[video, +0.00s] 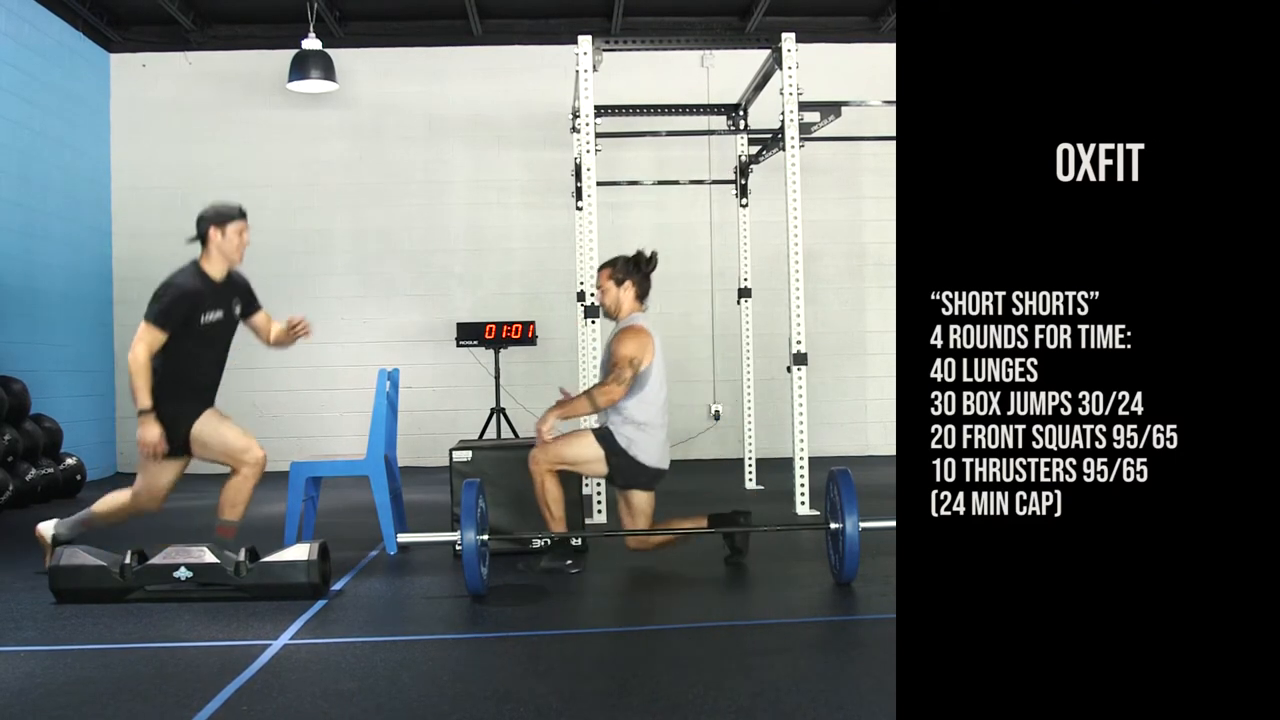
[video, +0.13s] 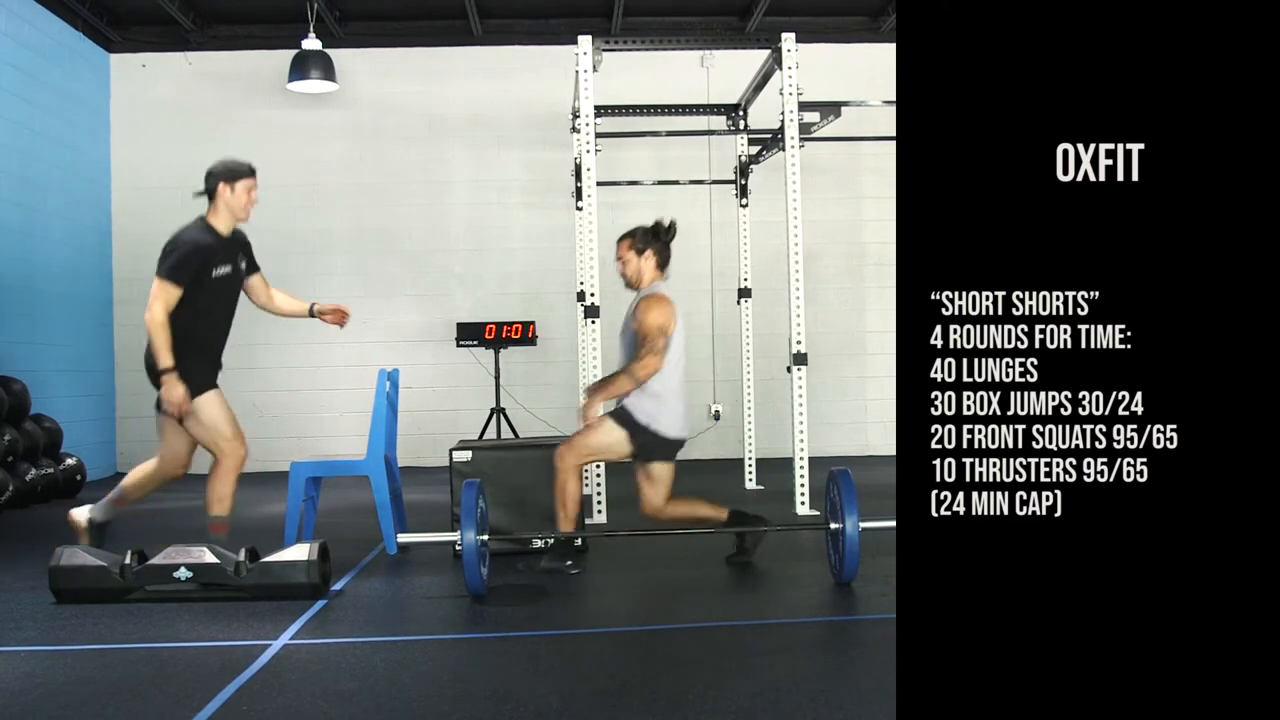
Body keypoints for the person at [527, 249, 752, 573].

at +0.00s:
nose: (598, 298)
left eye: (602, 290)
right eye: (598, 291)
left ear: (627, 288)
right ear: (626, 290)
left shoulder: (630, 337)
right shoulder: (637, 334)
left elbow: (611, 392)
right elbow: (621, 392)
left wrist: (555, 414)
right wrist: (580, 399)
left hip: (628, 445)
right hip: (643, 449)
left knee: (540, 460)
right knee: (638, 540)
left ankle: (563, 548)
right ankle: (725, 523)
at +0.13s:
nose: (620, 268)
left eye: (624, 260)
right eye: (619, 261)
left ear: (648, 258)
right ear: (646, 260)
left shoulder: (652, 306)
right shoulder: (654, 303)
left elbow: (648, 364)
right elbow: (641, 365)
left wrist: (597, 397)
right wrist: (598, 389)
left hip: (647, 420)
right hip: (662, 424)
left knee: (567, 456)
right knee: (655, 506)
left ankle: (568, 547)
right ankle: (742, 521)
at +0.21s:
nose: (631, 247)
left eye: (635, 238)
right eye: (630, 240)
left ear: (659, 235)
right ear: (658, 236)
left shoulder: (668, 280)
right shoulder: (665, 279)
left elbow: (684, 337)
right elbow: (668, 343)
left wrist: (636, 381)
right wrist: (640, 388)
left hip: (666, 400)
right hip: (681, 402)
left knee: (601, 453)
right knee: (679, 483)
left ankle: (573, 543)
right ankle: (757, 524)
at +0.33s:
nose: (644, 231)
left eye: (648, 222)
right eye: (643, 223)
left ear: (672, 217)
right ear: (673, 219)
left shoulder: (688, 260)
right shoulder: (679, 260)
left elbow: (730, 304)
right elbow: (727, 295)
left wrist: (695, 358)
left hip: (691, 383)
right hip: (701, 383)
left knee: (628, 441)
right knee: (717, 461)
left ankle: (641, 535)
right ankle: (773, 532)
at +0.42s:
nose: (652, 228)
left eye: (656, 219)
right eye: (651, 221)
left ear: (679, 214)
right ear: (679, 215)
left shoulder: (698, 255)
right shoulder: (687, 254)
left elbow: (744, 294)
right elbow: (738, 290)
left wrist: (713, 346)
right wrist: (705, 344)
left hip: (704, 377)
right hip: (708, 376)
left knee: (650, 449)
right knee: (726, 459)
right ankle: (775, 533)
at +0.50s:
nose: (659, 228)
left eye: (662, 219)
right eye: (657, 221)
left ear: (686, 212)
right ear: (684, 214)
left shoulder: (705, 251)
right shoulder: (693, 252)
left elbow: (750, 288)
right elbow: (741, 288)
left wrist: (714, 335)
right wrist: (703, 338)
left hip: (709, 371)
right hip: (709, 370)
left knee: (689, 465)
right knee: (725, 459)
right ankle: (773, 533)